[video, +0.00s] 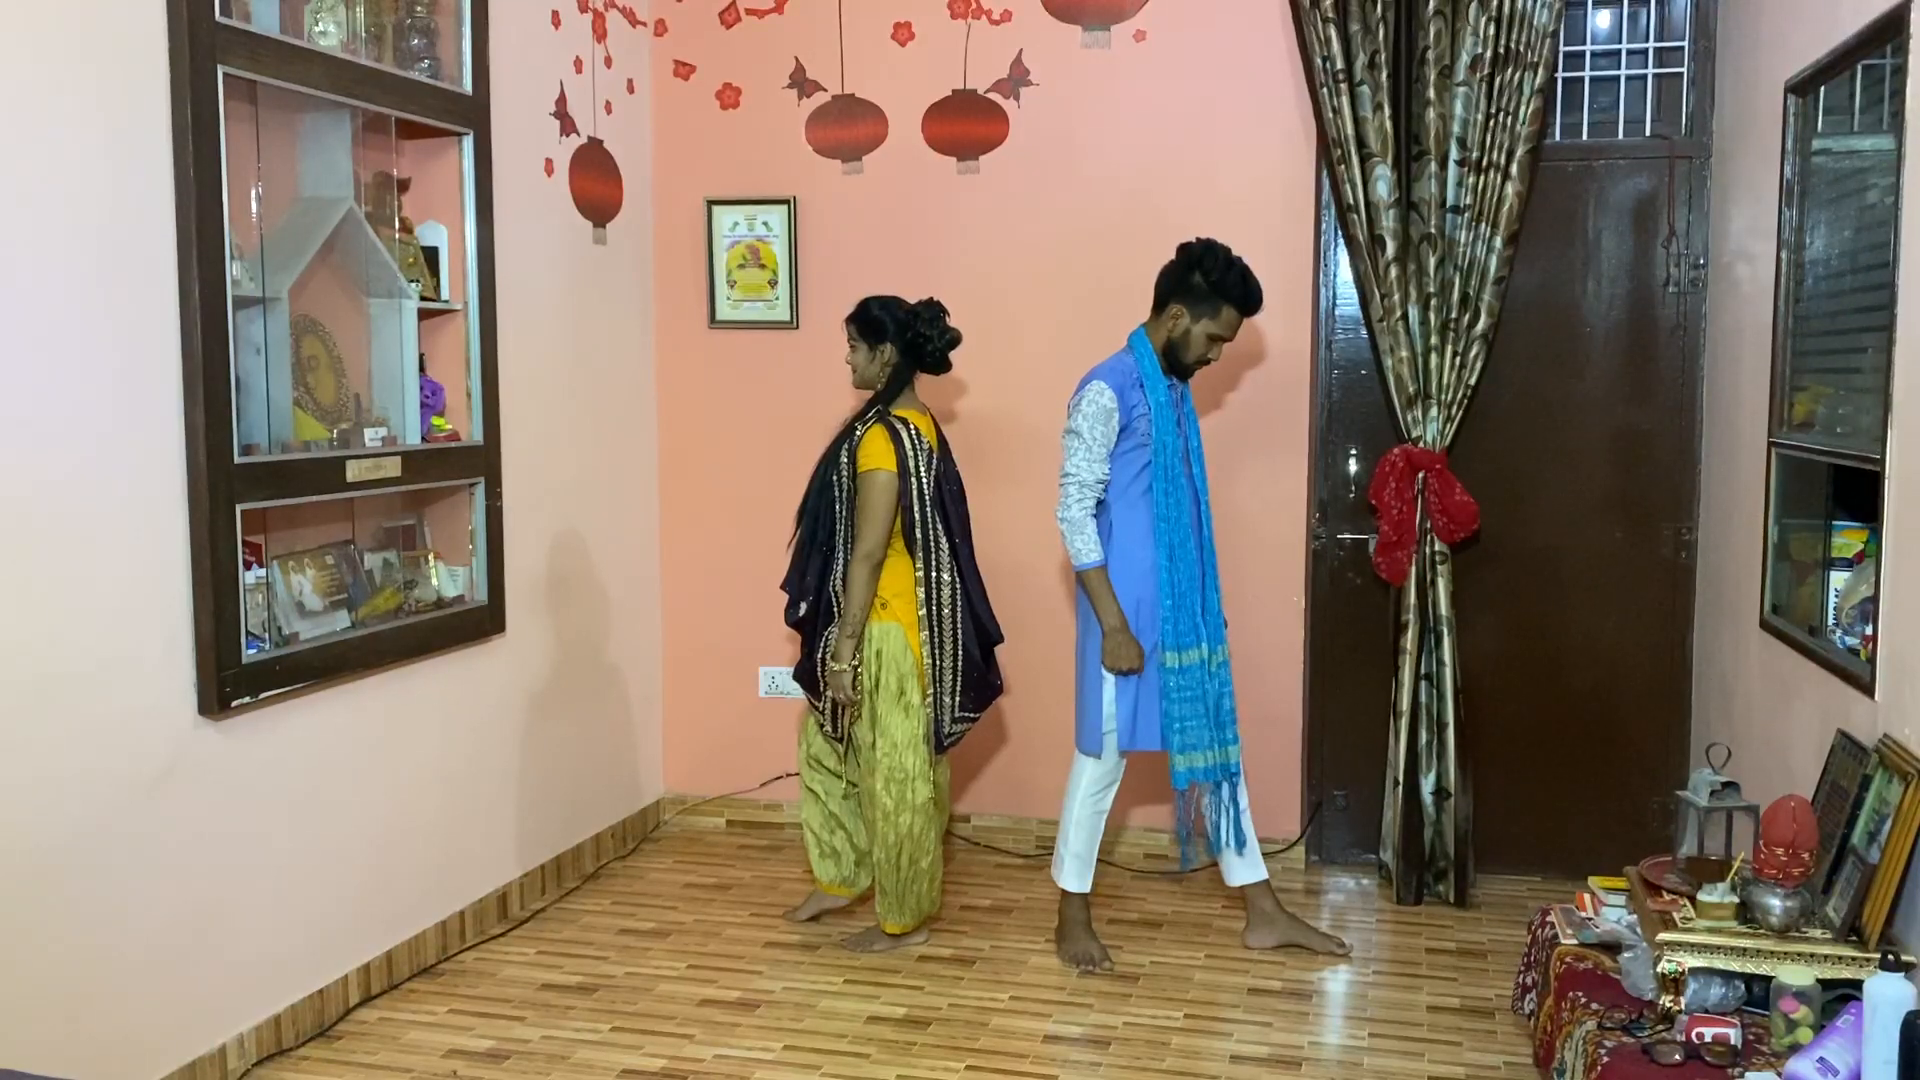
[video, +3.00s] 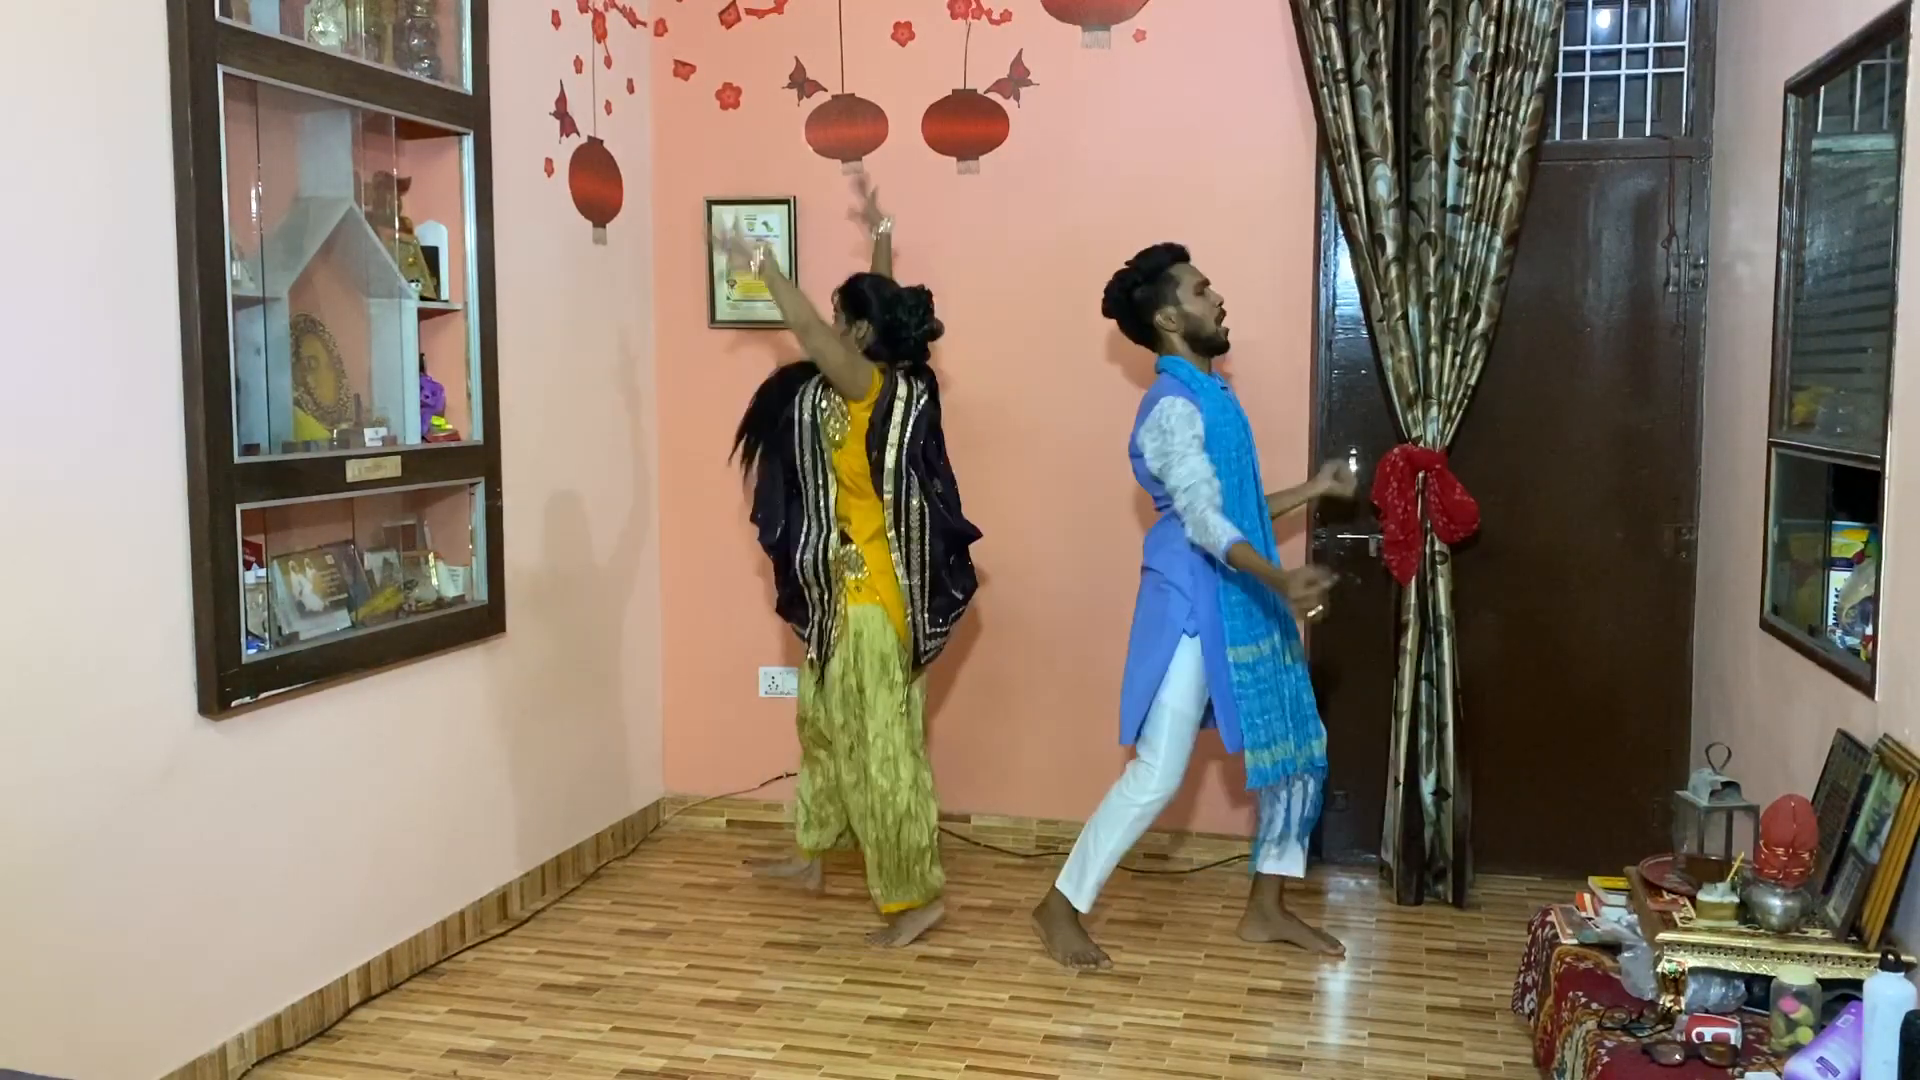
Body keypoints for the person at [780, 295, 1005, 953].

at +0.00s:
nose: (847, 359)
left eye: (856, 348)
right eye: (848, 347)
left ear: (888, 354)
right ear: (896, 355)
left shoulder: (883, 435)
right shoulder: (914, 425)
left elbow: (870, 551)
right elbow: (880, 547)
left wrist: (844, 647)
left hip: (888, 628)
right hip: (883, 619)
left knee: (896, 773)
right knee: (827, 749)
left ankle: (904, 914)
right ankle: (841, 875)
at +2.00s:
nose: (845, 358)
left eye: (854, 347)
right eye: (847, 346)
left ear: (885, 354)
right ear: (895, 354)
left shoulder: (879, 435)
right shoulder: (915, 425)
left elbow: (866, 549)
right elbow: (885, 546)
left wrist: (840, 646)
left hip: (881, 628)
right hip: (886, 619)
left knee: (895, 775)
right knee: (827, 752)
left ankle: (905, 918)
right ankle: (841, 879)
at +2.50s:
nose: (842, 359)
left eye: (850, 349)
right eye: (845, 348)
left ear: (880, 357)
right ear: (888, 358)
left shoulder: (877, 439)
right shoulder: (908, 426)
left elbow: (867, 558)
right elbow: (892, 552)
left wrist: (788, 618)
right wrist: (811, 614)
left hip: (880, 630)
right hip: (885, 623)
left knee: (889, 772)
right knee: (818, 745)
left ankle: (907, 915)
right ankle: (845, 880)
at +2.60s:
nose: (842, 374)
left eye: (849, 364)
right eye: (844, 363)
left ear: (878, 373)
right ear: (886, 374)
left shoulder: (884, 451)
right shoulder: (904, 437)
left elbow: (839, 548)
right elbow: (865, 511)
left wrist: (775, 519)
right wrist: (805, 499)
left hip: (883, 638)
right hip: (877, 629)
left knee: (883, 775)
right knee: (801, 742)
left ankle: (907, 917)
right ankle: (842, 884)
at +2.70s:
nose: (844, 371)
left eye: (852, 361)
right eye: (848, 360)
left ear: (880, 369)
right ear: (891, 372)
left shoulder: (890, 436)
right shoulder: (886, 432)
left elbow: (783, 423)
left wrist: (822, 408)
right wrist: (834, 414)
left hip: (879, 633)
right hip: (847, 628)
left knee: (879, 776)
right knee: (809, 763)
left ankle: (909, 916)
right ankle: (844, 890)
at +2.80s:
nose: (840, 333)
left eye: (848, 322)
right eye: (842, 323)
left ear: (873, 332)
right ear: (895, 335)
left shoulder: (874, 390)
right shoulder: (905, 400)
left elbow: (810, 313)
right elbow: (882, 317)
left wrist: (761, 257)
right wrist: (843, 266)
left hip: (865, 601)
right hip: (849, 598)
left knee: (882, 752)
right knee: (825, 739)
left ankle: (903, 908)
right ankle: (837, 868)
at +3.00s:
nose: (827, 330)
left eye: (835, 320)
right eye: (829, 320)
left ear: (864, 332)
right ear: (883, 334)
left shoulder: (868, 388)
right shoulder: (892, 382)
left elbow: (820, 342)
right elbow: (886, 306)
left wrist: (774, 278)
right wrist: (878, 229)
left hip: (871, 591)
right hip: (848, 586)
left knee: (879, 742)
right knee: (822, 723)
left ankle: (918, 895)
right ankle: (810, 855)